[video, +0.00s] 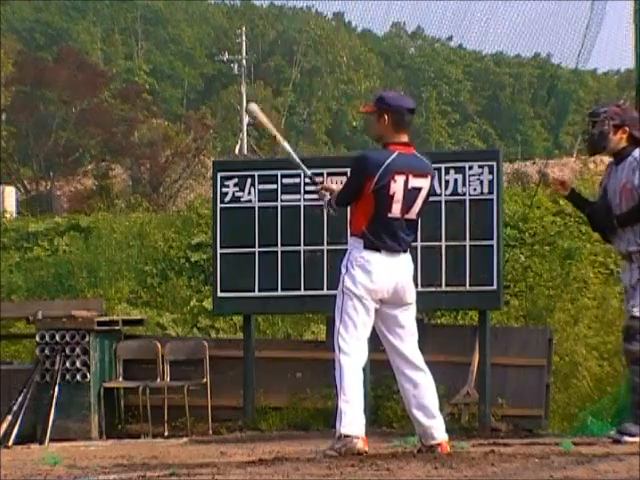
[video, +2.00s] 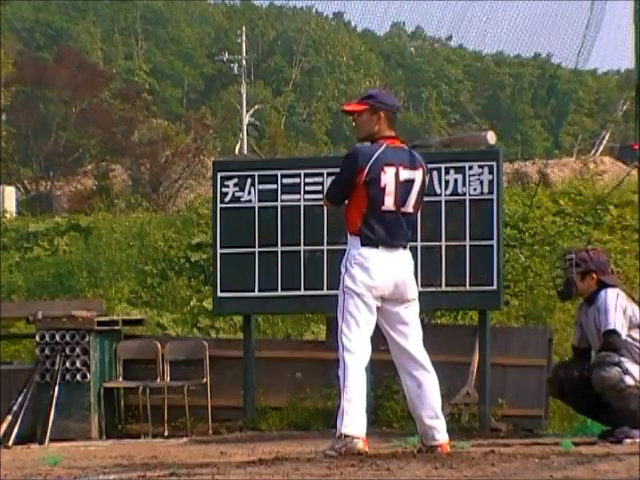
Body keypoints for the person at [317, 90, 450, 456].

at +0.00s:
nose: (369, 123)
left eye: (373, 117)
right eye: (371, 117)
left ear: (387, 120)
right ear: (402, 122)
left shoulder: (370, 162)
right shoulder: (425, 168)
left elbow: (343, 199)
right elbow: (388, 197)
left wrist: (329, 193)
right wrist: (341, 190)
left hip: (365, 264)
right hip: (402, 265)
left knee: (350, 349)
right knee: (408, 354)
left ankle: (351, 434)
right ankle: (436, 436)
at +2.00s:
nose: (354, 122)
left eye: (359, 116)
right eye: (355, 116)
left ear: (379, 118)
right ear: (385, 120)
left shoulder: (362, 154)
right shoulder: (416, 160)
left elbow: (334, 197)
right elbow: (411, 206)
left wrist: (366, 183)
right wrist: (366, 189)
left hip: (365, 261)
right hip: (402, 261)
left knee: (354, 350)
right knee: (412, 352)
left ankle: (352, 435)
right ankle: (436, 437)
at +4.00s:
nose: (358, 121)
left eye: (363, 115)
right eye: (358, 115)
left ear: (383, 117)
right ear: (390, 119)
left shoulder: (365, 153)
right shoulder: (422, 158)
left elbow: (337, 194)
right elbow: (423, 205)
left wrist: (369, 165)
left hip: (375, 258)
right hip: (412, 260)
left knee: (360, 347)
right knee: (412, 350)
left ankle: (362, 430)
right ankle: (440, 433)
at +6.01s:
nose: (362, 120)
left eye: (367, 114)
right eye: (364, 114)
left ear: (384, 118)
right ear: (396, 120)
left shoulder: (361, 162)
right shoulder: (423, 164)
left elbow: (325, 205)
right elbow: (424, 213)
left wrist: (351, 181)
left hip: (371, 261)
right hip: (410, 262)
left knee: (351, 347)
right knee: (414, 351)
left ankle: (344, 431)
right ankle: (442, 434)